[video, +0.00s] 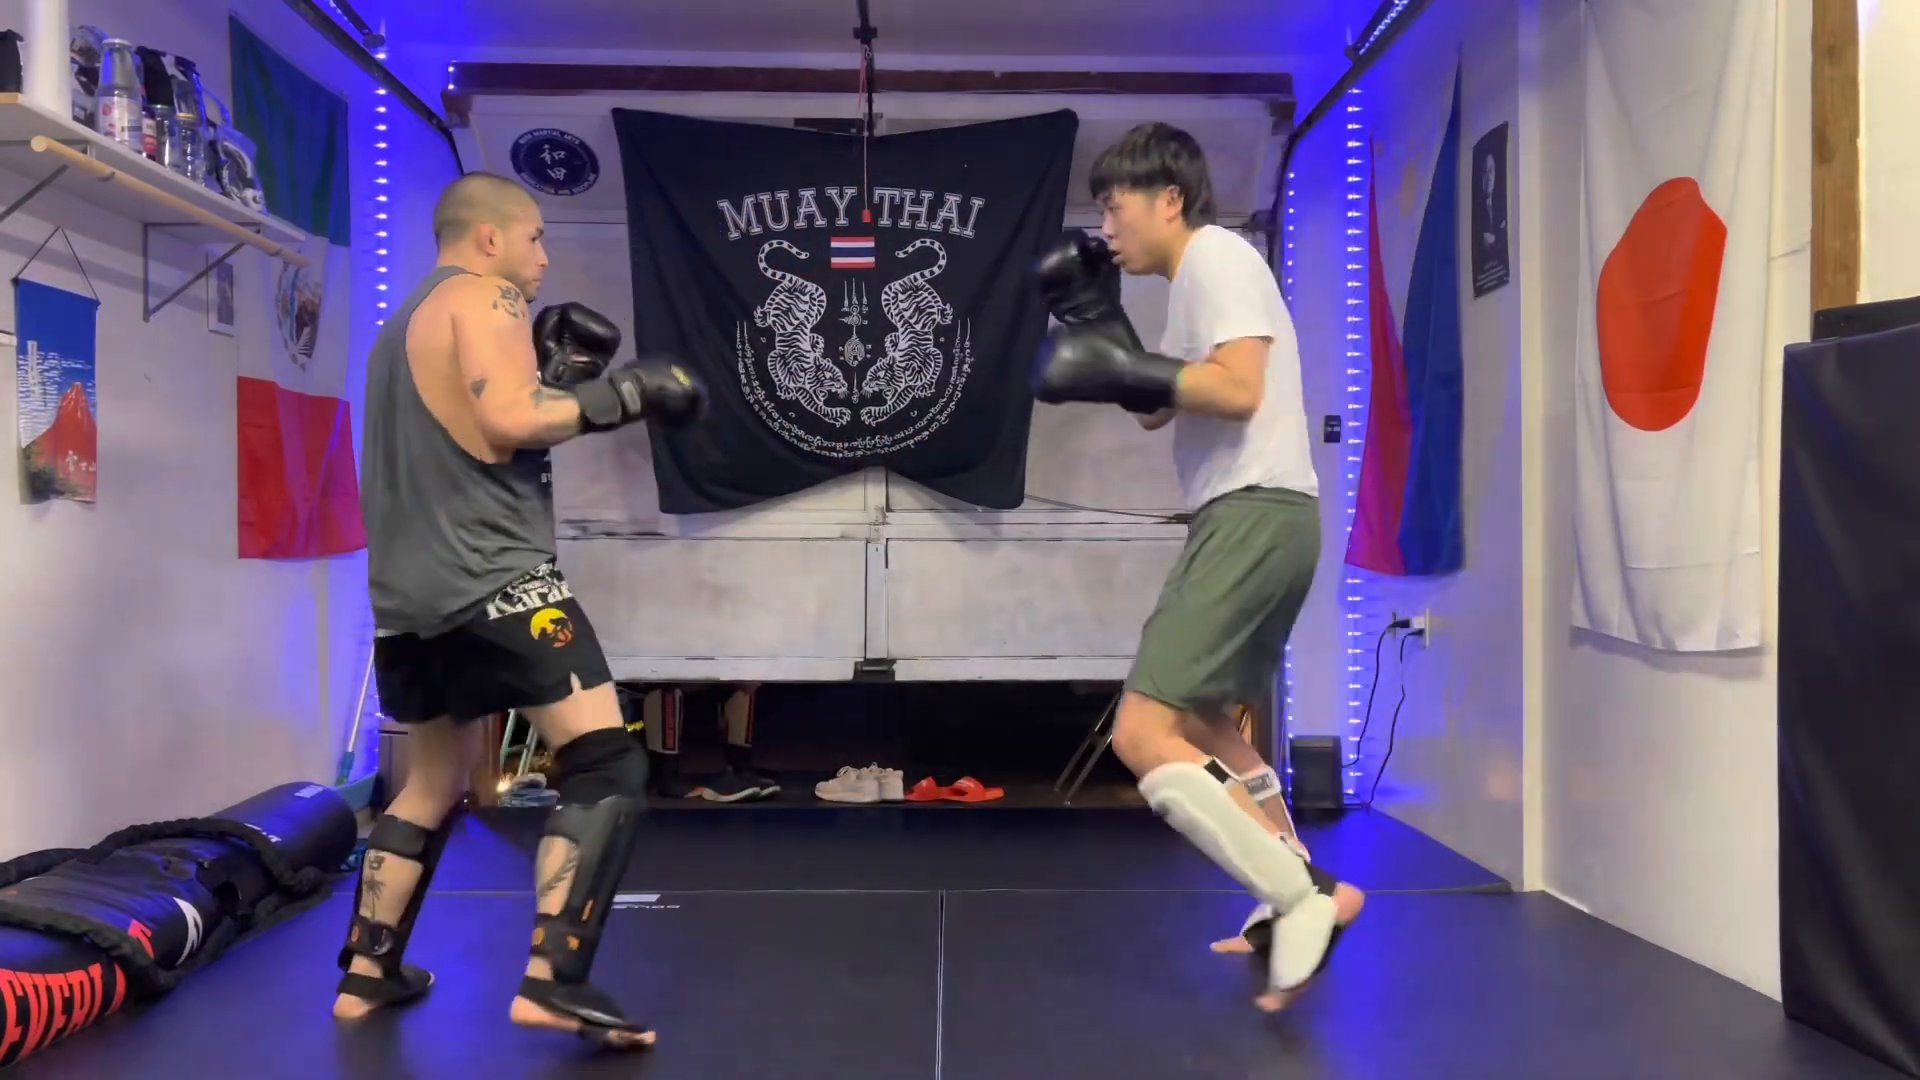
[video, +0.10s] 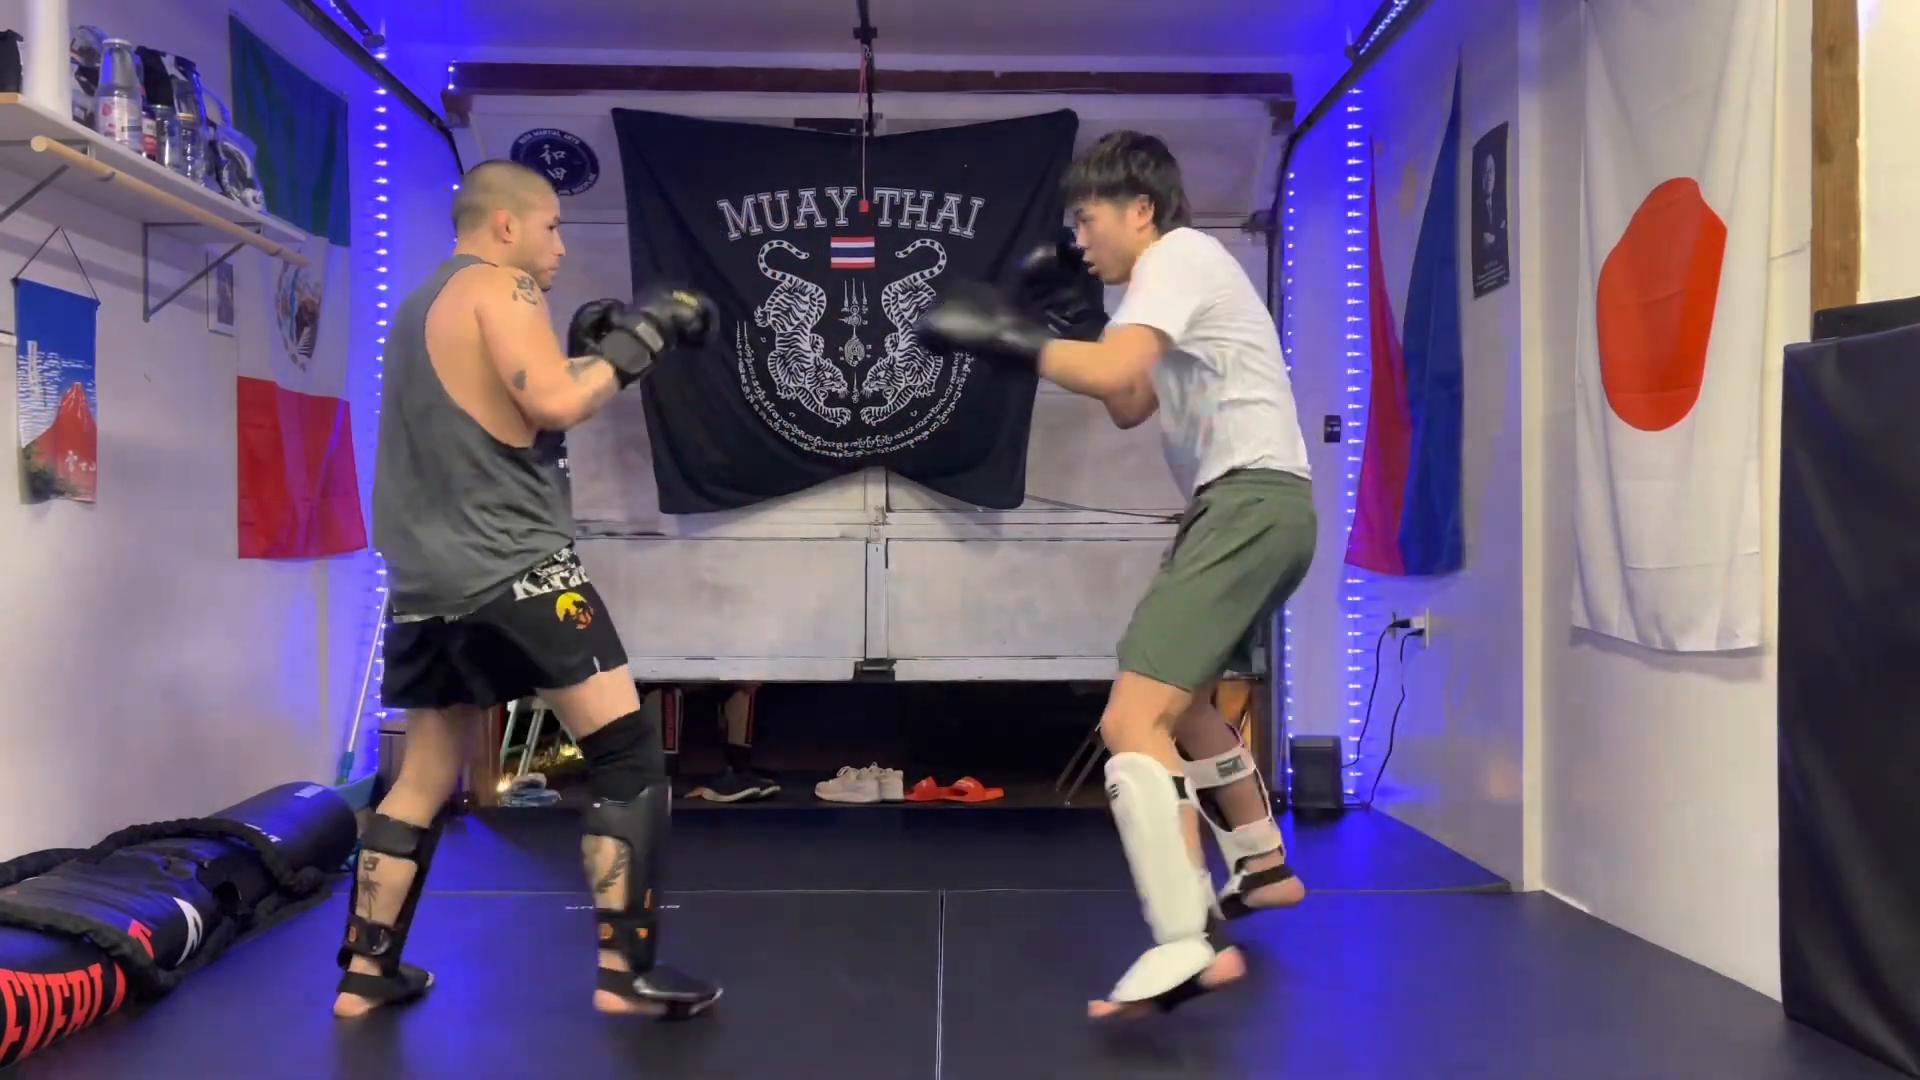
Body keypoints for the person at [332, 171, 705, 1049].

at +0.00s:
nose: (543, 256)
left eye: (542, 238)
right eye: (533, 238)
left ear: (461, 246)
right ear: (488, 238)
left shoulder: (407, 324)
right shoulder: (486, 302)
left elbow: (464, 445)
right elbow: (508, 420)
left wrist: (550, 379)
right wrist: (625, 397)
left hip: (409, 596)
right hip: (497, 582)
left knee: (429, 778)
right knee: (604, 762)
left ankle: (368, 968)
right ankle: (555, 975)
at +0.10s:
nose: (560, 245)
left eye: (559, 227)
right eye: (550, 227)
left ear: (482, 230)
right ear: (504, 227)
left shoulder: (423, 303)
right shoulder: (501, 293)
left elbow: (493, 410)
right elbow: (553, 401)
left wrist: (577, 352)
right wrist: (636, 344)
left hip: (425, 585)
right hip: (518, 574)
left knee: (423, 771)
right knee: (625, 751)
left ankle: (367, 971)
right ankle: (625, 969)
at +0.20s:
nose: (584, 249)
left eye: (582, 232)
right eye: (575, 232)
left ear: (506, 236)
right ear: (530, 233)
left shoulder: (441, 315)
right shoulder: (529, 306)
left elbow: (520, 424)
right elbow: (637, 387)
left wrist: (608, 351)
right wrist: (685, 302)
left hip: (442, 599)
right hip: (542, 588)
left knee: (447, 778)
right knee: (644, 766)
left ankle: (369, 968)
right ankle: (665, 968)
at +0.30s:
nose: (600, 261)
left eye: (600, 244)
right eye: (593, 243)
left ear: (517, 244)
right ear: (547, 241)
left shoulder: (450, 328)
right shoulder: (553, 318)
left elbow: (540, 449)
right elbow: (706, 353)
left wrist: (610, 391)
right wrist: (797, 296)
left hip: (454, 594)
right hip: (545, 591)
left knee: (474, 761)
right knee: (655, 769)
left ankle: (377, 938)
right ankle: (669, 971)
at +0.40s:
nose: (598, 249)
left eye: (598, 232)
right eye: (591, 232)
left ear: (517, 234)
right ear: (545, 231)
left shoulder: (444, 316)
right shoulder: (542, 311)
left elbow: (520, 440)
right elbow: (673, 384)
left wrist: (594, 398)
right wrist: (759, 323)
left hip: (447, 577)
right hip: (535, 575)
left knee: (462, 751)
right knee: (629, 761)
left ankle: (361, 916)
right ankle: (665, 965)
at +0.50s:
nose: (578, 253)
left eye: (576, 237)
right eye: (570, 237)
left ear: (499, 239)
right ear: (526, 237)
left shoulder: (432, 322)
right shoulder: (514, 321)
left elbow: (500, 442)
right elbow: (579, 446)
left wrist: (584, 378)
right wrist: (668, 367)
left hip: (435, 590)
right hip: (521, 584)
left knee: (432, 761)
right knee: (617, 763)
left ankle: (337, 927)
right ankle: (663, 964)